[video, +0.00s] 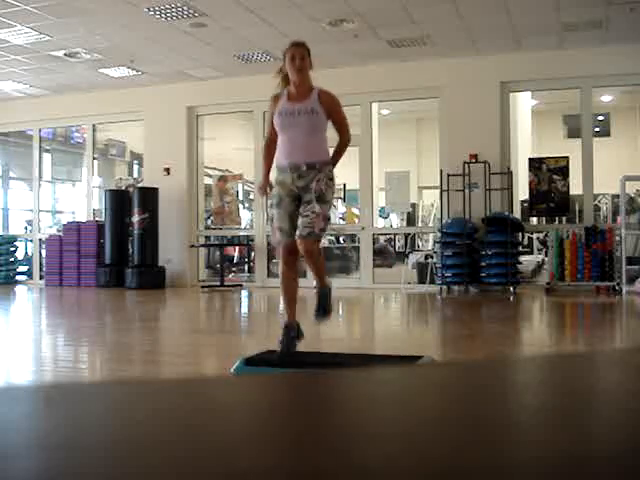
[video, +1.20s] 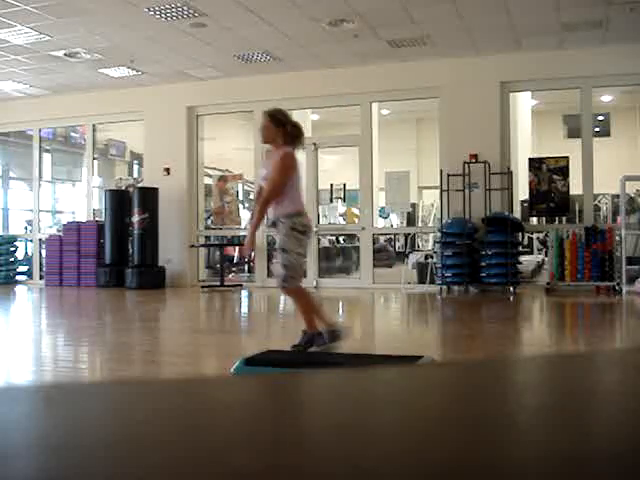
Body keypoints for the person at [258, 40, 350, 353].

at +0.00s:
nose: (298, 62)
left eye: (302, 57)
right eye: (292, 58)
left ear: (310, 63)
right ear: (284, 65)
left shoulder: (325, 98)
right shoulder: (279, 101)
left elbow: (345, 136)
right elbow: (271, 140)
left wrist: (331, 165)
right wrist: (265, 176)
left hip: (318, 174)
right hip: (284, 176)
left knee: (307, 242)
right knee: (287, 251)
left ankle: (323, 287)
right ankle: (290, 323)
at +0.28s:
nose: (305, 81)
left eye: (309, 76)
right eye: (300, 77)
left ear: (317, 82)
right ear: (292, 83)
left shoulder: (329, 117)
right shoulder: (283, 121)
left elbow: (349, 153)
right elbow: (280, 160)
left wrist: (339, 185)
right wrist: (279, 197)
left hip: (325, 194)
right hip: (292, 196)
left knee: (331, 263)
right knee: (293, 262)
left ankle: (351, 287)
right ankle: (296, 331)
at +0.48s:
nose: (307, 100)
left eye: (312, 95)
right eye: (303, 96)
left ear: (320, 100)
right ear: (297, 101)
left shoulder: (335, 132)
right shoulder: (293, 136)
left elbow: (357, 167)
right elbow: (292, 171)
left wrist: (363, 200)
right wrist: (293, 203)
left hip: (336, 205)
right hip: (305, 207)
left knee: (351, 269)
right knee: (300, 265)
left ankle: (372, 322)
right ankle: (296, 331)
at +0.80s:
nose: (309, 116)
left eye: (313, 112)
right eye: (305, 113)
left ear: (321, 115)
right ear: (298, 117)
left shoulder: (330, 143)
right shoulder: (301, 148)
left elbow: (339, 183)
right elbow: (297, 181)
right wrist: (268, 199)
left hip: (341, 213)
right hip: (315, 215)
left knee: (356, 275)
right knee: (296, 265)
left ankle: (373, 334)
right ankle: (313, 319)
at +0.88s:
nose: (305, 118)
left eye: (309, 113)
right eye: (300, 114)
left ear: (317, 117)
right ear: (294, 119)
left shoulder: (325, 145)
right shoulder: (298, 150)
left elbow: (328, 187)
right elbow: (291, 183)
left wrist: (300, 198)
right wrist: (259, 195)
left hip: (337, 214)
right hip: (313, 215)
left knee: (351, 275)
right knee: (296, 272)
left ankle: (372, 332)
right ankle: (312, 320)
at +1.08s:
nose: (285, 140)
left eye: (289, 135)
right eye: (283, 135)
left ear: (300, 137)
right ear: (283, 138)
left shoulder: (306, 165)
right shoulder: (288, 165)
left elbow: (294, 204)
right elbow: (283, 201)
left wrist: (257, 222)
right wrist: (261, 220)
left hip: (317, 234)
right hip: (299, 237)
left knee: (337, 290)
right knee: (295, 290)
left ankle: (374, 336)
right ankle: (315, 335)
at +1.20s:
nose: (262, 130)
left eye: (266, 126)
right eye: (263, 126)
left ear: (279, 129)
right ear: (276, 130)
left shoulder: (285, 157)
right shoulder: (273, 156)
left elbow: (267, 197)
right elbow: (261, 195)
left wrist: (250, 235)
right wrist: (250, 230)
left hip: (293, 221)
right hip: (282, 222)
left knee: (289, 281)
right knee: (288, 281)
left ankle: (328, 328)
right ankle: (312, 330)